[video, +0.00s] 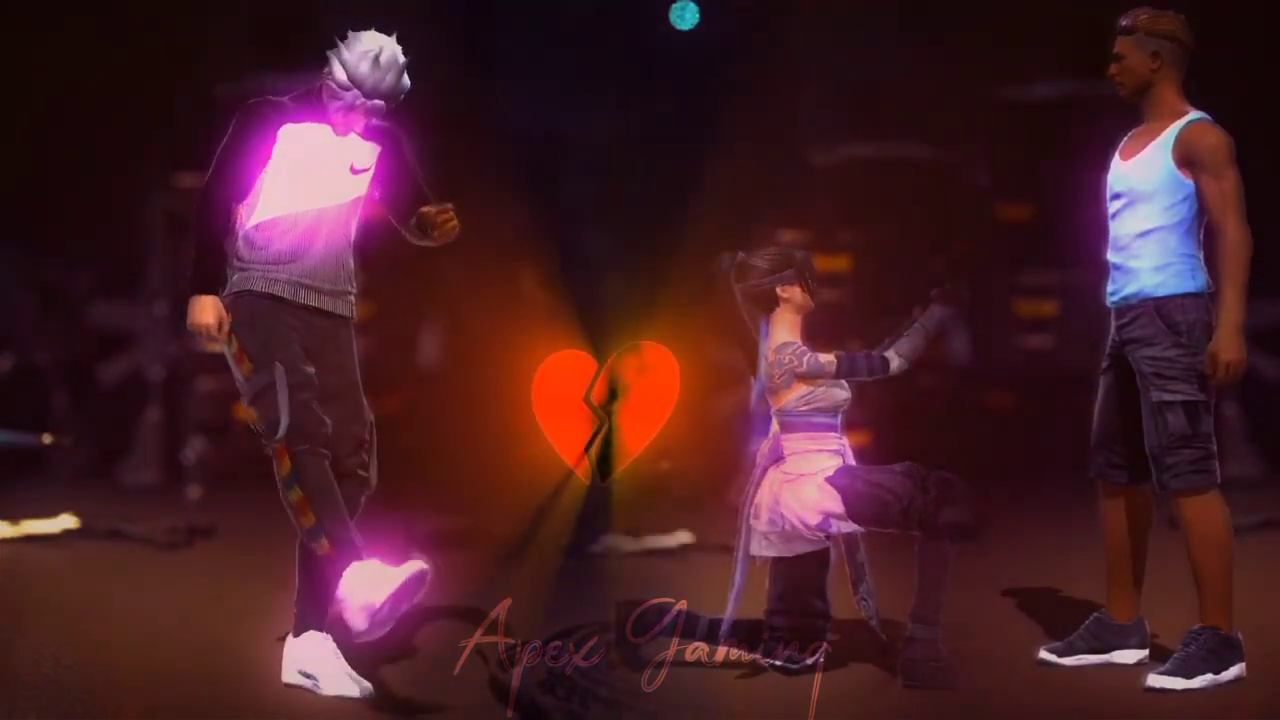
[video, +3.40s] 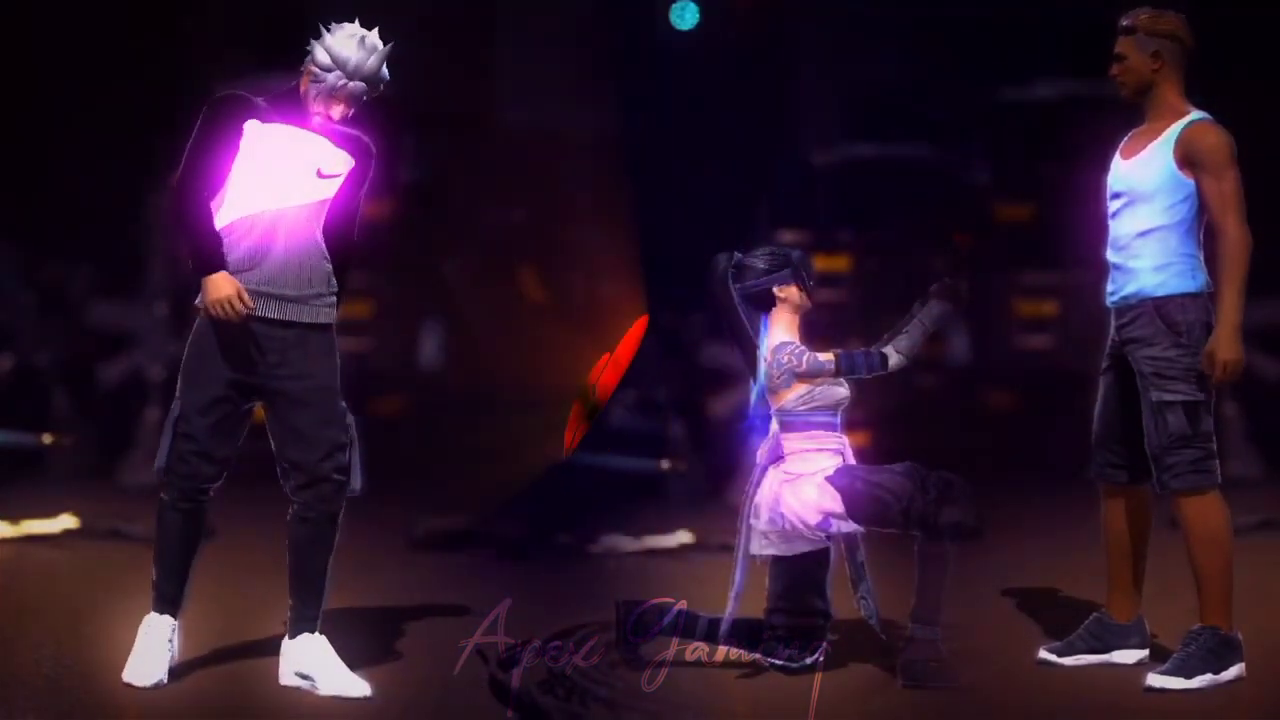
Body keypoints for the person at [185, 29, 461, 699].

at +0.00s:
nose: (360, 121)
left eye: (374, 112)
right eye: (353, 105)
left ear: (385, 105)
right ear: (332, 84)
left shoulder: (384, 141)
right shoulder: (270, 117)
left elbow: (404, 216)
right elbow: (218, 201)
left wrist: (429, 225)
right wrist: (204, 285)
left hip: (333, 311)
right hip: (263, 297)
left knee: (353, 464)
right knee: (297, 438)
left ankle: (308, 638)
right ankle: (355, 574)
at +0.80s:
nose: (358, 126)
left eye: (373, 116)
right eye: (352, 109)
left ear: (386, 111)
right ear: (329, 86)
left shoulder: (376, 148)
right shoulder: (270, 116)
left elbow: (383, 235)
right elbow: (221, 198)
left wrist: (409, 292)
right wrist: (208, 285)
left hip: (332, 321)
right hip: (262, 309)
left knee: (346, 469)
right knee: (278, 464)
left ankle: (312, 628)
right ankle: (274, 627)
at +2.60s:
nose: (350, 118)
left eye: (364, 109)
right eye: (345, 100)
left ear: (376, 108)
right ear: (321, 83)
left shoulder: (369, 156)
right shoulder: (257, 119)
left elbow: (367, 254)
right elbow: (213, 196)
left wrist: (363, 342)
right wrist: (216, 281)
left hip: (328, 334)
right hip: (252, 320)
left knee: (337, 480)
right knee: (212, 473)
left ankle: (307, 638)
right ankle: (175, 626)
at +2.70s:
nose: (348, 116)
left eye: (362, 108)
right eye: (341, 98)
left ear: (375, 107)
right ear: (319, 82)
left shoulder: (369, 157)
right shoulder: (257, 122)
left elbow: (361, 255)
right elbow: (213, 197)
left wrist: (353, 345)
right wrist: (217, 279)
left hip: (325, 333)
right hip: (250, 319)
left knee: (334, 479)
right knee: (208, 473)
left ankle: (307, 637)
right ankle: (172, 625)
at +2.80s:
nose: (344, 115)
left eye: (359, 107)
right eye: (338, 96)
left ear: (372, 107)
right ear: (315, 81)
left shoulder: (364, 154)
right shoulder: (251, 118)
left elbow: (358, 227)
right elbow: (208, 198)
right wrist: (218, 277)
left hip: (319, 331)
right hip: (244, 318)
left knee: (333, 478)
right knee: (203, 471)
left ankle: (306, 637)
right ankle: (169, 623)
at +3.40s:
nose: (340, 111)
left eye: (354, 102)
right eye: (333, 94)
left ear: (365, 98)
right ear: (308, 78)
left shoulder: (362, 150)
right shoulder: (236, 115)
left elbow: (344, 241)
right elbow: (189, 197)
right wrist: (210, 269)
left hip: (307, 329)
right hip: (227, 319)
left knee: (321, 477)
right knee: (188, 470)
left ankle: (304, 639)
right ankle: (161, 623)